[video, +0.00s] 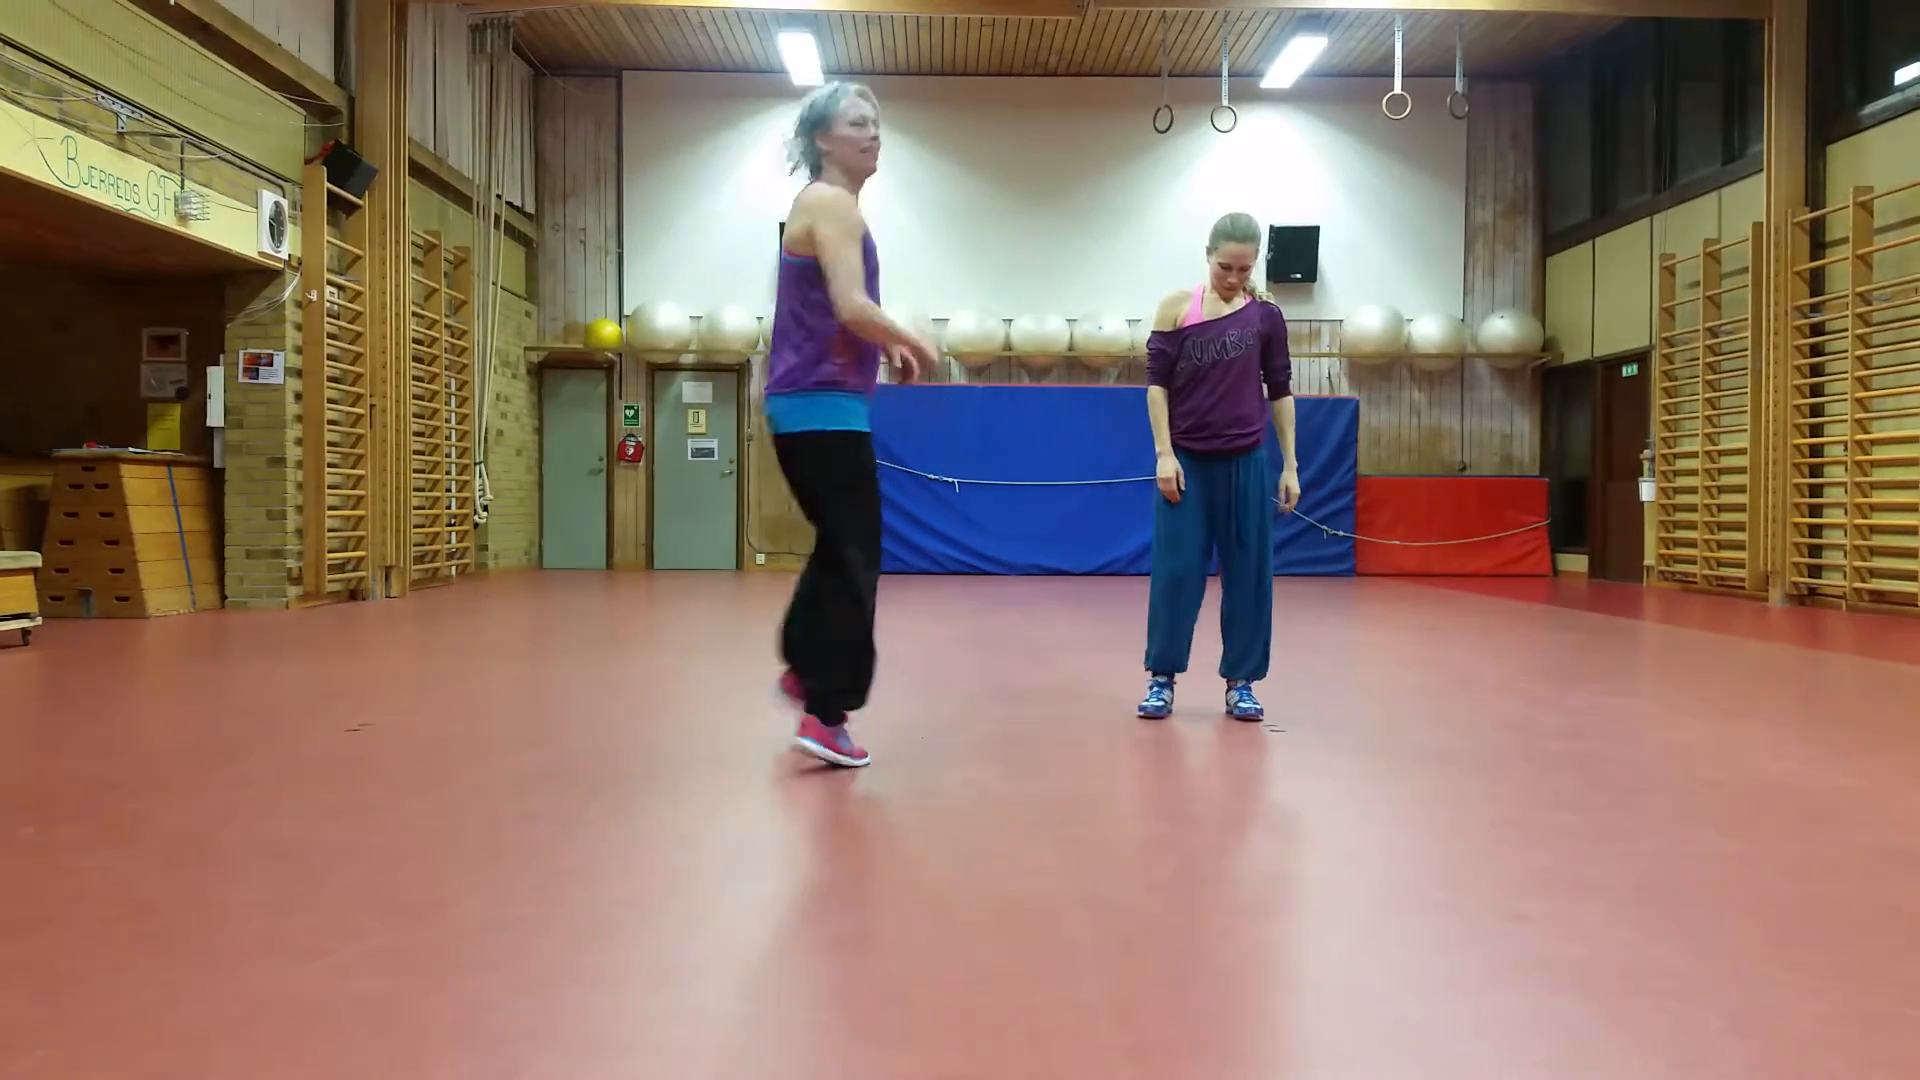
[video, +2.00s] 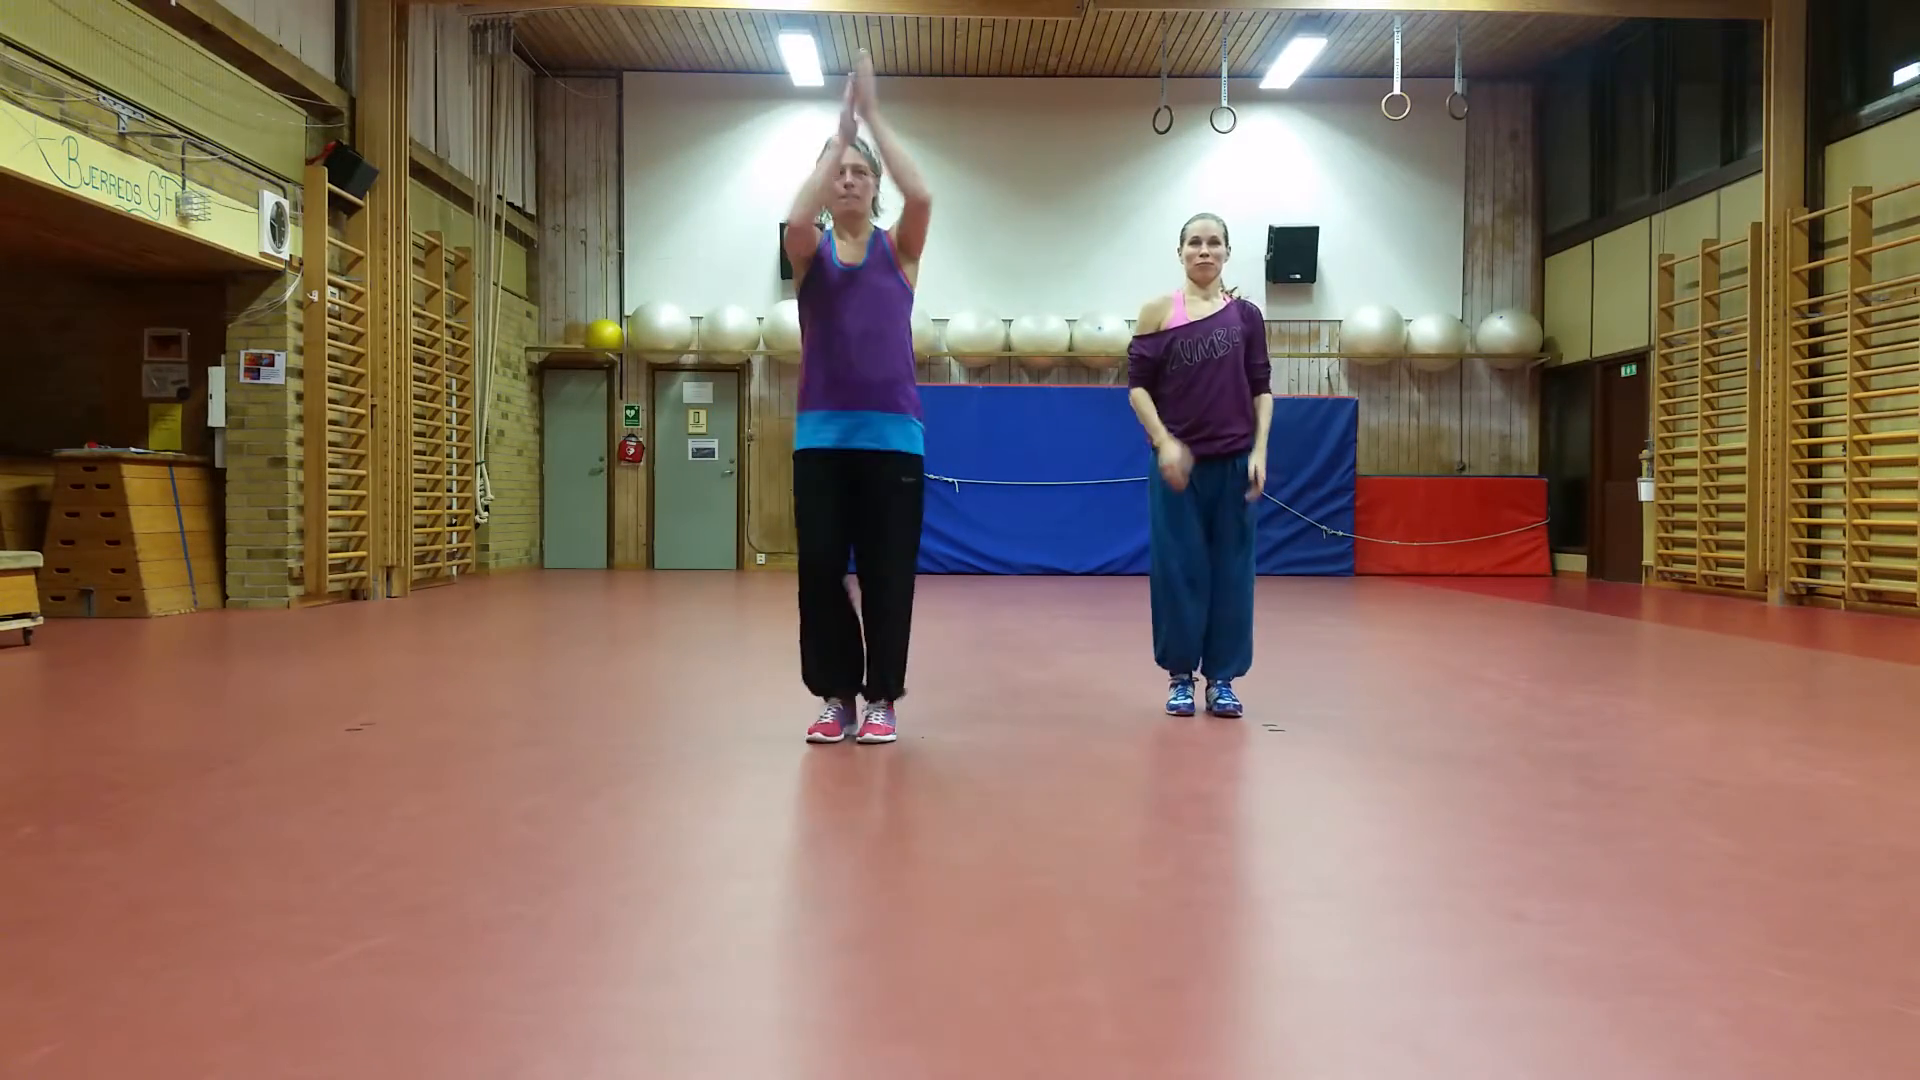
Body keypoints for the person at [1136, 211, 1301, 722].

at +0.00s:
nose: (1235, 278)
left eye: (1245, 269)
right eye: (1227, 267)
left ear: (1257, 262)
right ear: (1208, 256)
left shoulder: (1266, 315)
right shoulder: (1176, 308)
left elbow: (1281, 391)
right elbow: (1157, 384)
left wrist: (1290, 465)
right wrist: (1164, 455)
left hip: (1250, 461)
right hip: (1186, 461)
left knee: (1249, 572)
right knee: (1175, 571)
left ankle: (1240, 683)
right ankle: (1161, 679)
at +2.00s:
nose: (1204, 251)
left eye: (1214, 243)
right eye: (1196, 242)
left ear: (1227, 252)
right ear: (1181, 251)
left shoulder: (1246, 314)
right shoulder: (1158, 312)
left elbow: (1262, 386)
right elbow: (1137, 386)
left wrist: (1259, 449)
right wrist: (1164, 441)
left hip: (1234, 461)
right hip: (1176, 461)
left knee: (1232, 569)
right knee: (1179, 567)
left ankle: (1221, 680)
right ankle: (1181, 678)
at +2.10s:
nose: (1203, 252)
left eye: (1212, 244)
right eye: (1194, 243)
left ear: (1225, 254)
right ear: (1178, 252)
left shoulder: (1244, 314)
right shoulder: (1156, 312)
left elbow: (1258, 383)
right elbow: (1133, 385)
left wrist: (1249, 411)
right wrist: (1180, 400)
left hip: (1231, 460)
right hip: (1172, 460)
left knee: (1232, 568)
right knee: (1176, 567)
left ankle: (1222, 678)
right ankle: (1181, 677)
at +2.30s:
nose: (1206, 251)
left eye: (1215, 244)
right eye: (1197, 243)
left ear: (1226, 252)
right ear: (1181, 250)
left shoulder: (1242, 307)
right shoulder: (1160, 306)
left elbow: (1257, 371)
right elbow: (1157, 368)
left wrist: (1237, 322)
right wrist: (1202, 324)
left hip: (1232, 453)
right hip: (1174, 453)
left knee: (1232, 566)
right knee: (1173, 565)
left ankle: (1223, 676)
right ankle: (1180, 677)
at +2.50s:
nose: (1215, 256)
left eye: (1223, 249)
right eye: (1206, 248)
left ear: (1230, 257)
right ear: (1187, 255)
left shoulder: (1245, 304)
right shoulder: (1170, 309)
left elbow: (1289, 306)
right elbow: (1148, 319)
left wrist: (1254, 250)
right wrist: (1185, 274)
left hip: (1237, 453)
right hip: (1179, 452)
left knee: (1237, 565)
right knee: (1186, 561)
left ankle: (1226, 677)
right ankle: (1183, 669)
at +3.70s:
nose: (1208, 246)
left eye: (1216, 239)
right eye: (1199, 238)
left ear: (1226, 249)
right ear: (1181, 247)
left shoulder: (1238, 303)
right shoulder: (1166, 308)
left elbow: (1281, 241)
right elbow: (1154, 268)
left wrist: (1236, 180)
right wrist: (1184, 203)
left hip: (1237, 460)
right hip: (1180, 459)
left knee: (1256, 560)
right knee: (1172, 569)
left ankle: (1223, 665)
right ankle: (1170, 674)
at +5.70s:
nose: (1233, 234)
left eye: (1240, 229)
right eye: (1222, 229)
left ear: (1252, 243)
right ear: (1206, 242)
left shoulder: (1265, 295)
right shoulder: (1192, 300)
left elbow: (1307, 224)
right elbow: (1161, 249)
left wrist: (1266, 165)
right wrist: (1199, 184)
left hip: (1260, 449)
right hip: (1201, 448)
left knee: (1268, 560)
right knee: (1192, 552)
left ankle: (1264, 669)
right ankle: (1196, 658)